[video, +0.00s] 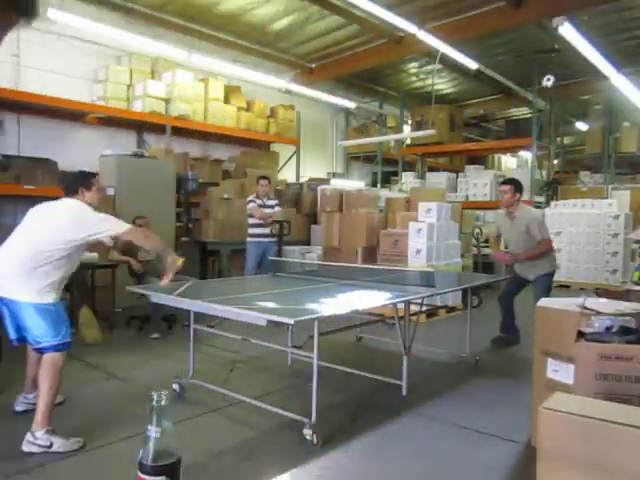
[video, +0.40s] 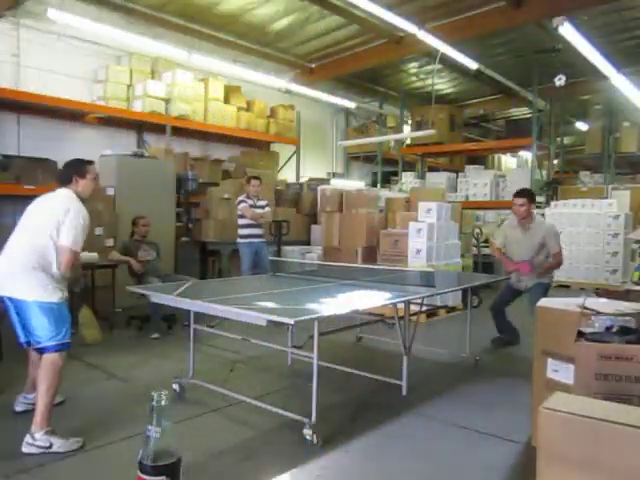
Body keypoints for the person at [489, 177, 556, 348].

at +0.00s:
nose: (500, 197)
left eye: (504, 193)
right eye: (500, 193)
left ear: (516, 196)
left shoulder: (533, 217)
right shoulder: (503, 218)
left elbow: (547, 244)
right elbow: (495, 239)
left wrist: (517, 257)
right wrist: (497, 252)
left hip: (542, 268)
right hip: (521, 268)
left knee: (541, 307)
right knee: (504, 296)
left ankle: (545, 344)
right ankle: (509, 333)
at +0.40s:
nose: (519, 210)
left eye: (523, 205)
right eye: (516, 205)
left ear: (532, 207)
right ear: (512, 208)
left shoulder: (546, 229)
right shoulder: (508, 226)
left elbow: (558, 259)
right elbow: (495, 248)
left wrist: (542, 269)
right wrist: (509, 264)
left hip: (539, 279)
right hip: (517, 278)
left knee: (536, 309)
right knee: (496, 307)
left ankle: (542, 344)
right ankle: (509, 335)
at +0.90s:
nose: (521, 194)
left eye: (525, 191)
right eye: (519, 191)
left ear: (536, 193)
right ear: (519, 193)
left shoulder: (551, 217)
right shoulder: (515, 214)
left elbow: (566, 247)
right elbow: (500, 236)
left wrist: (546, 260)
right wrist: (503, 253)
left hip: (544, 270)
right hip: (522, 266)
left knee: (542, 309)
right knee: (501, 298)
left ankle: (545, 345)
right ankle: (492, 329)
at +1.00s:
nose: (514, 198)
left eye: (518, 194)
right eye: (512, 194)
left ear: (528, 197)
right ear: (511, 197)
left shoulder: (543, 220)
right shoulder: (509, 219)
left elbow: (559, 249)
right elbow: (500, 240)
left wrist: (534, 263)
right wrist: (504, 255)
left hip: (542, 270)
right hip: (521, 268)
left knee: (540, 307)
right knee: (501, 296)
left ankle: (545, 346)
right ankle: (489, 331)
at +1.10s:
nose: (504, 200)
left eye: (509, 196)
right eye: (503, 196)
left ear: (520, 200)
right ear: (501, 199)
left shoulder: (534, 220)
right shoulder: (503, 221)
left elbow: (550, 248)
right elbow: (496, 240)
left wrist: (525, 263)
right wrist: (498, 249)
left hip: (536, 272)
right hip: (514, 270)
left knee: (537, 309)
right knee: (493, 298)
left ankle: (545, 346)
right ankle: (489, 331)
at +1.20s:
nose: (499, 198)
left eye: (503, 194)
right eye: (497, 194)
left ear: (514, 197)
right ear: (496, 196)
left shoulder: (529, 217)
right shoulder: (497, 218)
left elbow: (542, 245)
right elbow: (491, 240)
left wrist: (518, 259)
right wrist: (496, 254)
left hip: (532, 268)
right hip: (511, 267)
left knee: (537, 307)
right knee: (490, 294)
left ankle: (544, 344)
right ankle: (488, 331)